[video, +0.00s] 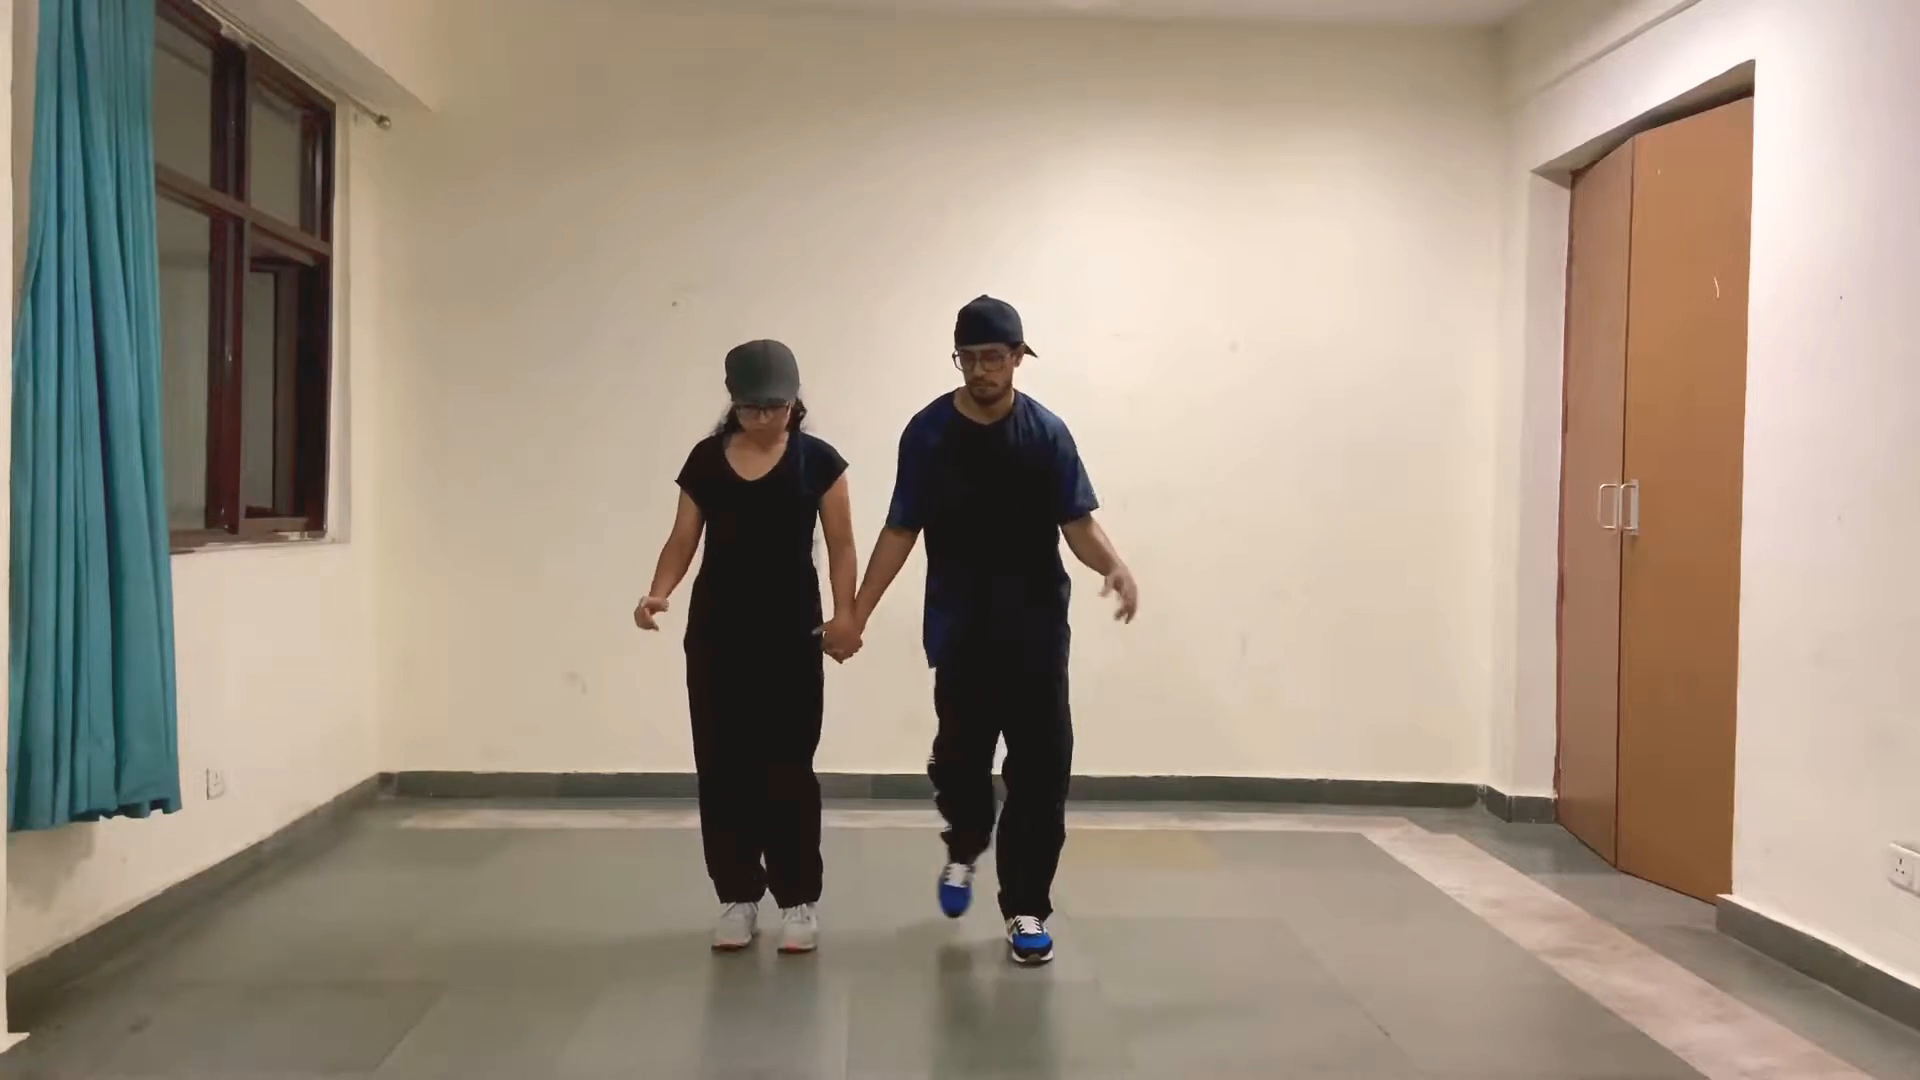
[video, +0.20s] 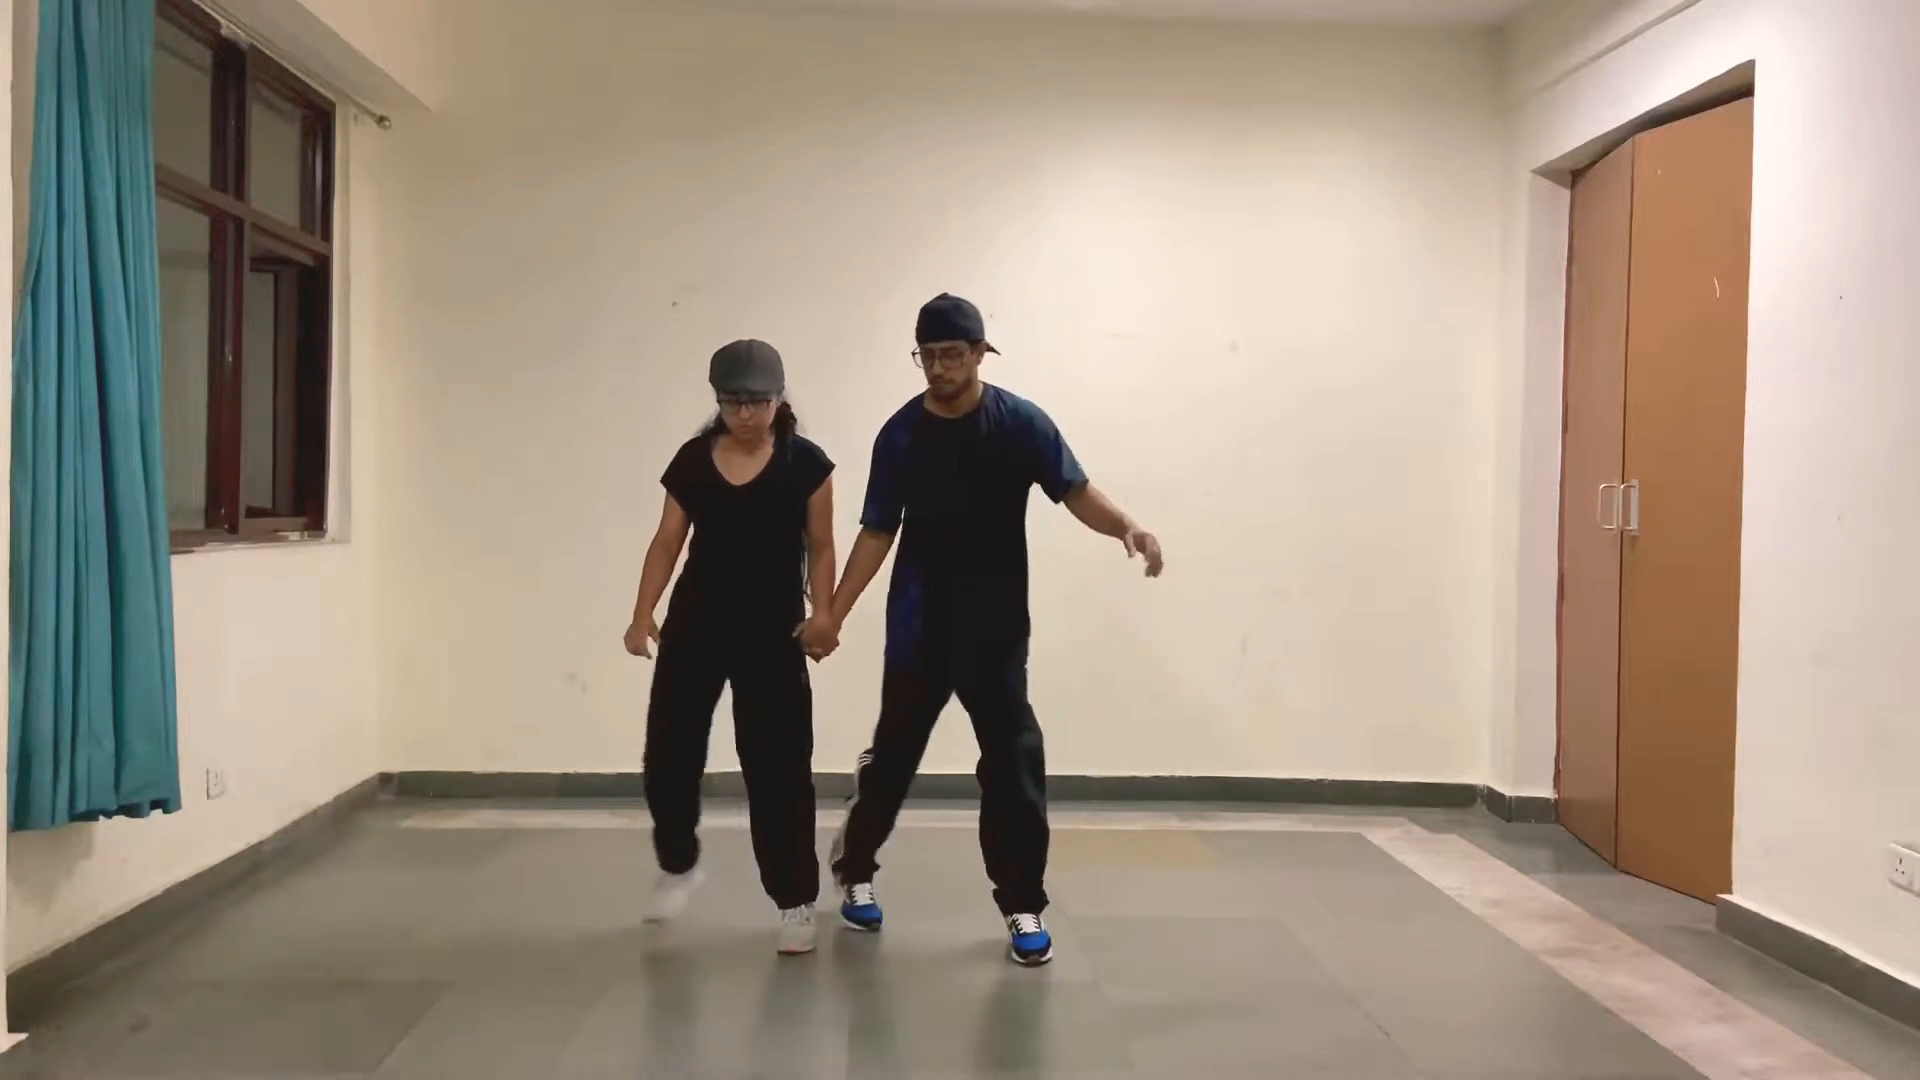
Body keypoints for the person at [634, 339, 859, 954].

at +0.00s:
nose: (767, 417)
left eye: (778, 405)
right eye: (754, 406)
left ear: (795, 401)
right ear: (734, 402)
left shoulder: (818, 462)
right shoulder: (706, 459)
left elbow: (840, 544)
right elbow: (682, 539)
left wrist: (845, 614)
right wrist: (658, 589)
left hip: (788, 633)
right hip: (718, 633)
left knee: (787, 765)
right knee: (722, 765)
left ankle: (797, 899)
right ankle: (737, 898)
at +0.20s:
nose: (746, 412)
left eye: (758, 400)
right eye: (735, 400)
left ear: (778, 400)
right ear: (718, 399)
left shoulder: (806, 465)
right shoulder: (694, 460)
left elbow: (821, 546)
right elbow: (668, 541)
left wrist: (823, 614)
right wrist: (643, 611)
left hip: (771, 633)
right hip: (696, 629)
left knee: (780, 766)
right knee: (669, 753)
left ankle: (795, 900)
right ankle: (677, 866)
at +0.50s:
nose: (726, 440)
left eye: (738, 428)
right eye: (715, 428)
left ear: (760, 425)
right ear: (699, 424)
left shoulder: (787, 485)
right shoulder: (673, 477)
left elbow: (800, 560)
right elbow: (630, 550)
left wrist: (801, 625)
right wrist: (595, 622)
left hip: (747, 651)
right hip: (674, 645)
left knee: (735, 775)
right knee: (625, 762)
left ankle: (771, 900)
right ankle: (576, 887)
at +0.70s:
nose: (757, 406)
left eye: (768, 394)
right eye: (745, 394)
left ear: (787, 391)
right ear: (727, 391)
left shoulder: (814, 454)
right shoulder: (704, 449)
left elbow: (838, 534)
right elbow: (665, 516)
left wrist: (857, 564)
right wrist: (688, 543)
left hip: (784, 628)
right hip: (711, 625)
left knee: (780, 766)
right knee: (693, 752)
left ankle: (777, 897)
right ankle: (727, 800)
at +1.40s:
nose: (846, 448)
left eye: (857, 436)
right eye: (833, 437)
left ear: (872, 434)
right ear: (811, 435)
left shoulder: (895, 488)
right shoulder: (783, 493)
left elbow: (950, 536)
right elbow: (741, 537)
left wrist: (971, 598)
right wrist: (704, 605)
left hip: (886, 665)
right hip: (810, 667)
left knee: (901, 790)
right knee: (765, 791)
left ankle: (939, 906)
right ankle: (766, 899)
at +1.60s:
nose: (839, 418)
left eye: (850, 406)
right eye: (827, 406)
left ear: (866, 403)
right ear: (804, 401)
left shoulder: (885, 456)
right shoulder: (771, 460)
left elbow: (924, 519)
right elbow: (731, 537)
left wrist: (940, 580)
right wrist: (773, 582)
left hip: (866, 635)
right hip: (788, 636)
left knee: (888, 763)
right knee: (775, 767)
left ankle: (916, 894)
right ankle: (764, 896)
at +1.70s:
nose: (832, 415)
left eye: (842, 402)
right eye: (819, 403)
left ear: (856, 395)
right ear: (794, 396)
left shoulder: (875, 449)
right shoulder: (762, 454)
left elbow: (910, 521)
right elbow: (731, 543)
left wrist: (923, 574)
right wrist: (797, 523)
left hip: (857, 631)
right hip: (781, 634)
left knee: (865, 763)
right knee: (772, 763)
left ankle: (856, 870)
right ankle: (766, 893)